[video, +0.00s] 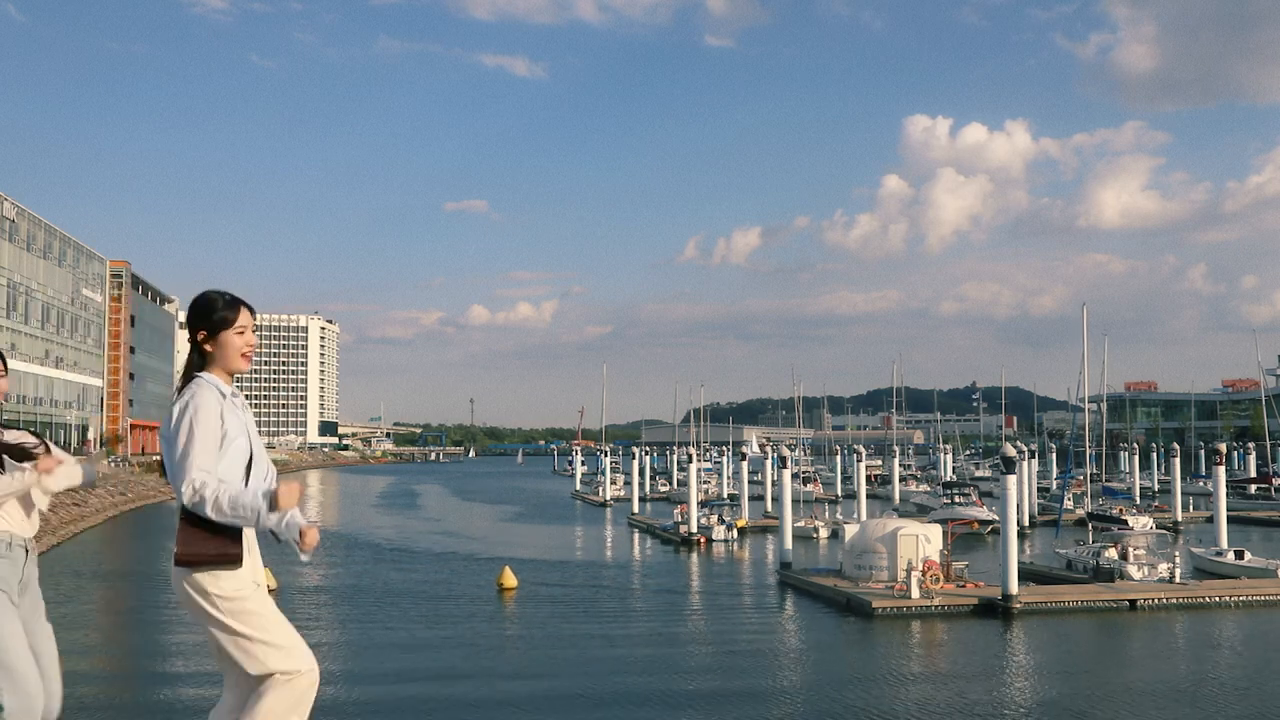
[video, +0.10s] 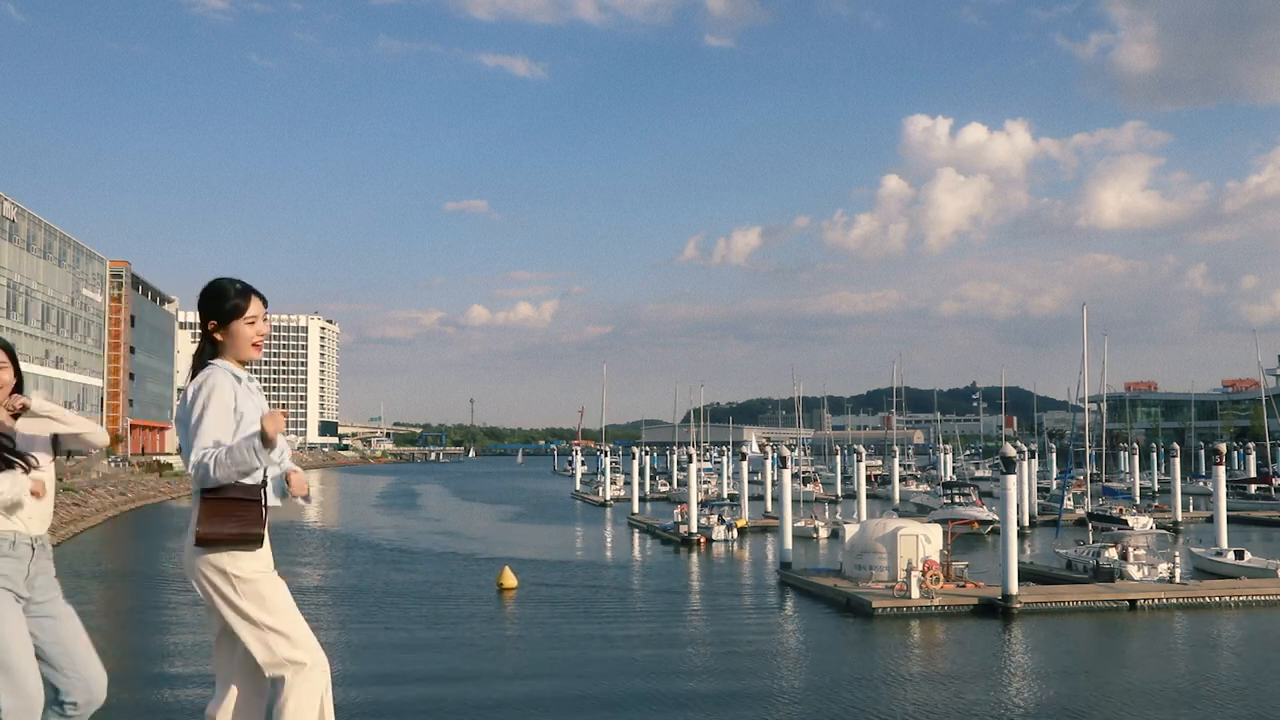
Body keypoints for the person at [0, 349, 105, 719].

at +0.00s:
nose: (4, 386)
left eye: (4, 375)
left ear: (8, 379)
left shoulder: (23, 439)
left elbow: (81, 470)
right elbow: (4, 485)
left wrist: (50, 476)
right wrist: (31, 472)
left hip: (26, 577)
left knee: (50, 693)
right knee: (24, 697)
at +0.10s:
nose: (0, 376)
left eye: (5, 367)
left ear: (16, 375)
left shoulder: (38, 426)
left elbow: (101, 439)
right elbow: (5, 494)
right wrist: (20, 481)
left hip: (39, 570)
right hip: (0, 572)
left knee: (88, 688)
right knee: (22, 700)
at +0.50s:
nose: (40, 373)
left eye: (51, 363)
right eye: (28, 363)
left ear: (65, 367)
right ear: (13, 368)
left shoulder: (88, 413)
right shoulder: (6, 423)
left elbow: (131, 426)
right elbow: (1, 474)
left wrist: (71, 444)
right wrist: (33, 427)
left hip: (97, 558)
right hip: (32, 560)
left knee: (131, 683)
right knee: (33, 698)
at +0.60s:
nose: (59, 370)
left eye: (68, 360)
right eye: (47, 360)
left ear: (77, 366)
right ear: (25, 366)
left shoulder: (95, 425)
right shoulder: (14, 423)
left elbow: (161, 435)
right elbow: (3, 461)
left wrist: (103, 431)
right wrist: (50, 437)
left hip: (100, 560)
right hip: (42, 561)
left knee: (144, 682)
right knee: (28, 699)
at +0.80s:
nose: (107, 385)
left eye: (106, 375)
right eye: (99, 373)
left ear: (82, 381)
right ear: (67, 378)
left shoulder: (103, 440)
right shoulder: (49, 448)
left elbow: (149, 472)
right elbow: (108, 503)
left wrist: (184, 480)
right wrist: (141, 462)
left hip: (127, 568)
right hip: (89, 573)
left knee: (157, 693)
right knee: (83, 704)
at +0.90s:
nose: (126, 387)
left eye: (124, 377)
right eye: (121, 377)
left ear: (77, 386)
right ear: (100, 384)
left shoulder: (91, 444)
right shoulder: (91, 450)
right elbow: (180, 482)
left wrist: (172, 456)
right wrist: (188, 453)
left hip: (128, 578)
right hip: (110, 584)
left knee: (168, 691)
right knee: (151, 704)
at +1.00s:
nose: (144, 380)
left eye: (142, 370)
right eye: (140, 371)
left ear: (85, 372)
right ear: (129, 376)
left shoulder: (90, 432)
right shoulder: (124, 434)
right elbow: (211, 462)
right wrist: (226, 470)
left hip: (111, 574)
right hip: (130, 578)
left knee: (149, 691)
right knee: (192, 689)